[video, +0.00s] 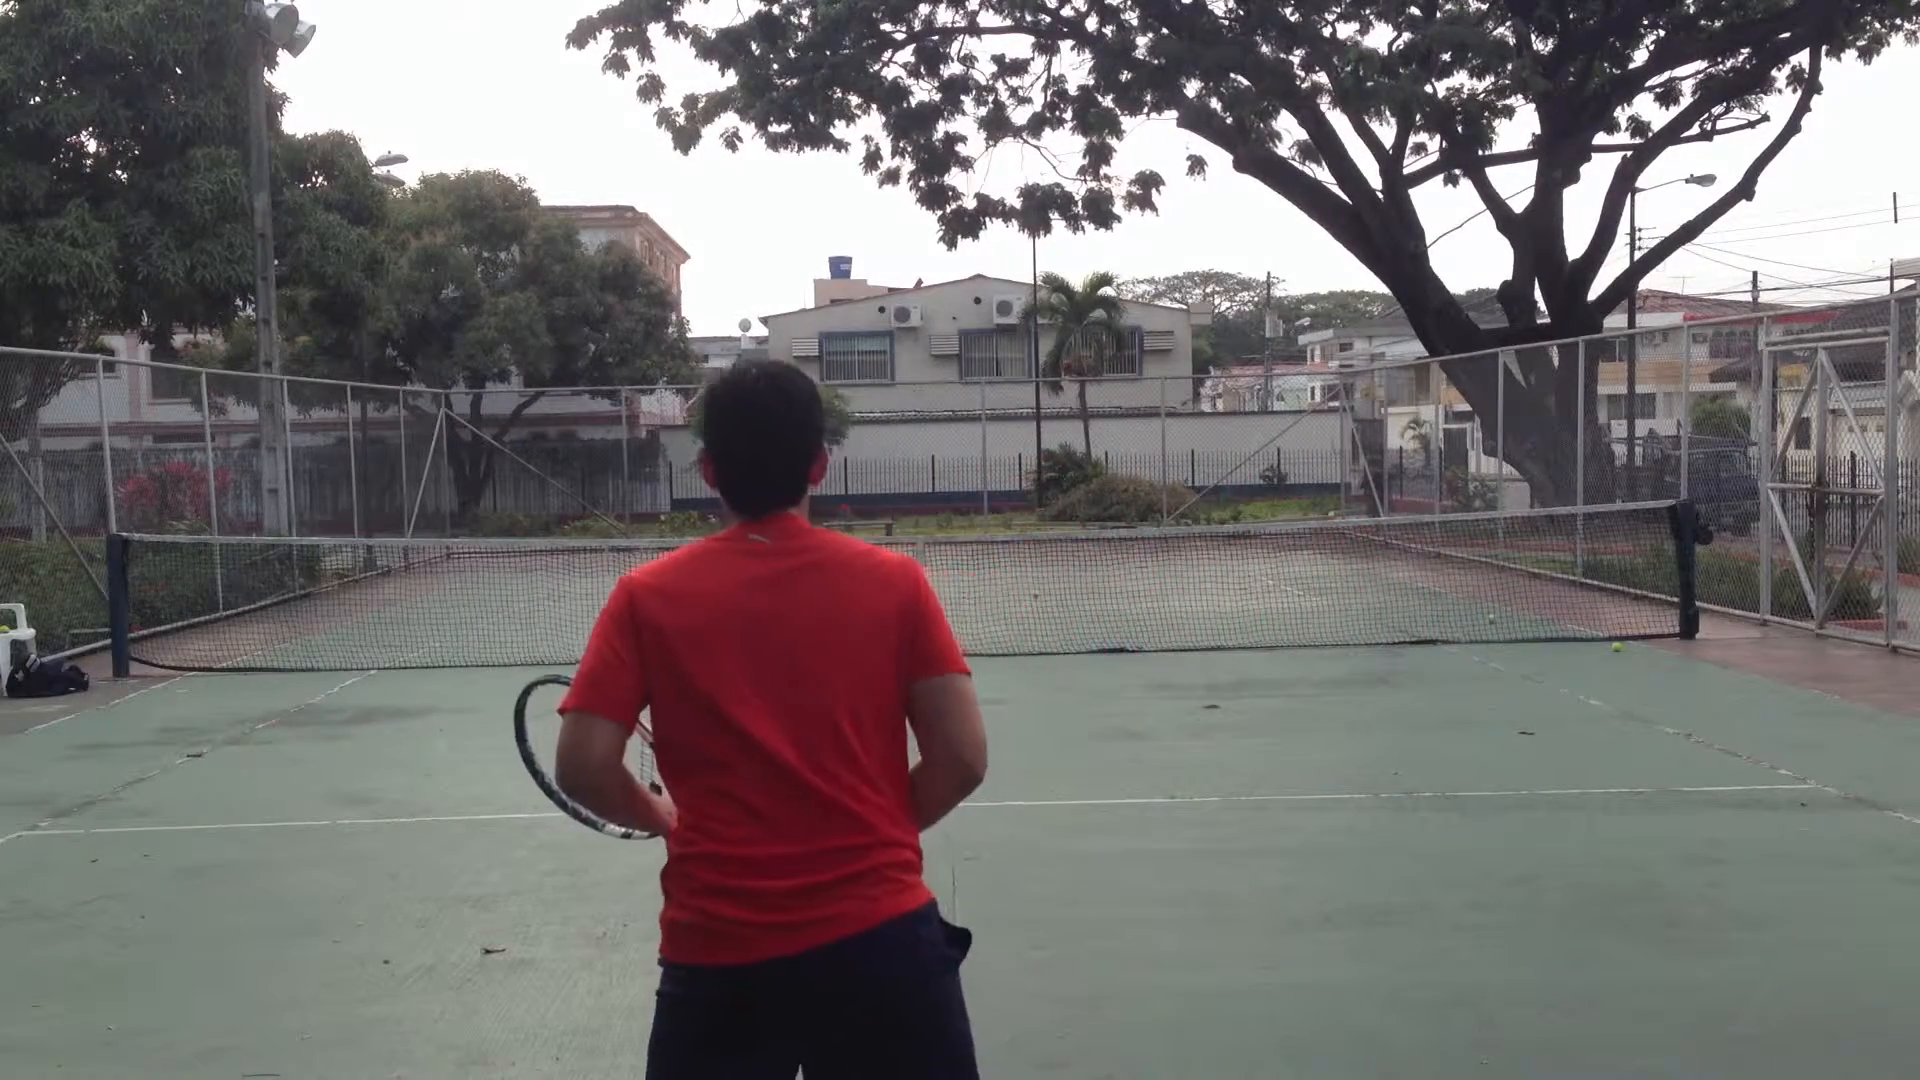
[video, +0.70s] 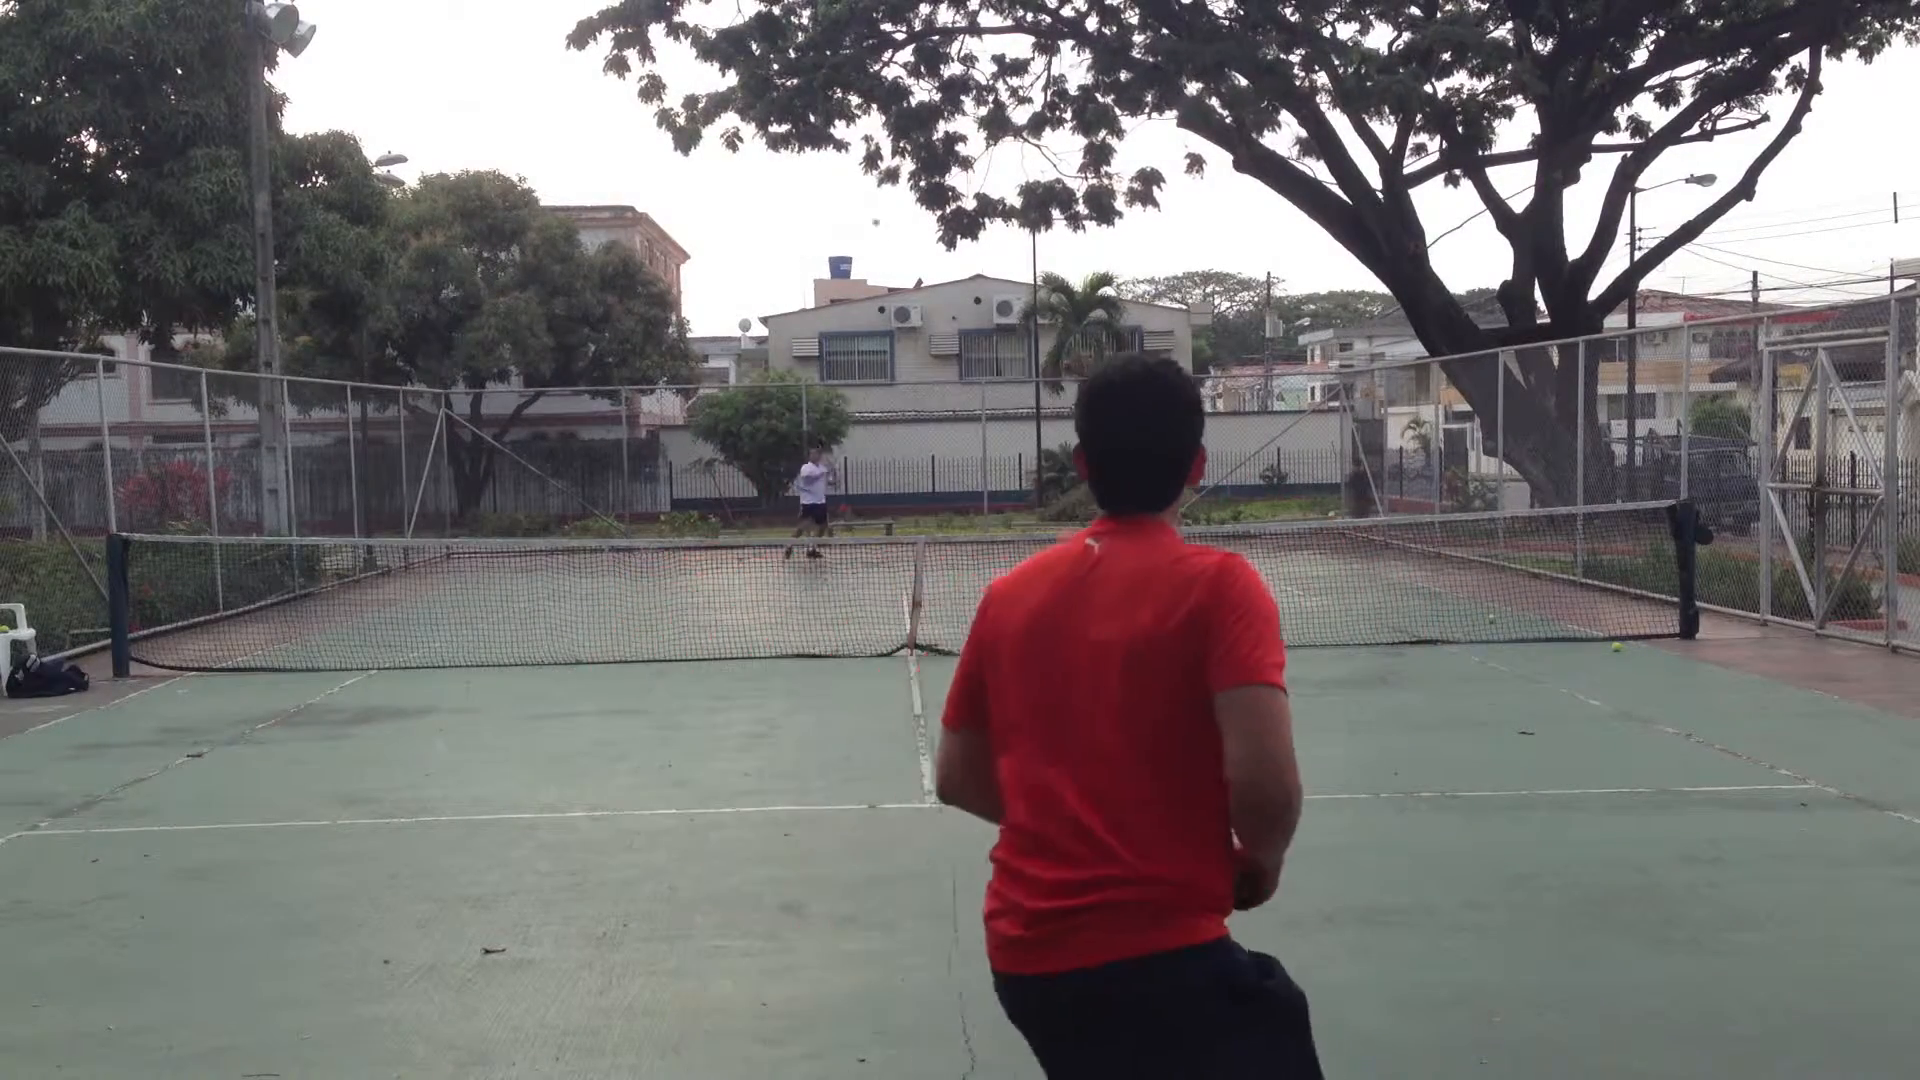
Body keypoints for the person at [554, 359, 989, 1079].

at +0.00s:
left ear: (708, 470)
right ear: (819, 467)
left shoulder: (649, 596)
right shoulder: (893, 582)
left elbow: (583, 766)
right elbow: (961, 759)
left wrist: (664, 817)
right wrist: (874, 822)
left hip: (720, 970)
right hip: (881, 959)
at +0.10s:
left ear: (706, 469)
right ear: (820, 465)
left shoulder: (650, 596)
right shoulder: (893, 582)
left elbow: (580, 771)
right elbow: (968, 760)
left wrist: (666, 821)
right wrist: (884, 828)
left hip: (723, 976)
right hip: (888, 962)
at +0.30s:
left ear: (772, 485)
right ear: (885, 481)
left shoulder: (710, 615)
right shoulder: (954, 597)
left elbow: (645, 790)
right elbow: (1026, 779)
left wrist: (745, 851)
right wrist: (938, 859)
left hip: (770, 989)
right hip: (935, 975)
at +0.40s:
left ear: (843, 491)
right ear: (959, 487)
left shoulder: (782, 624)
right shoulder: (1013, 611)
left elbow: (712, 795)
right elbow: (1077, 798)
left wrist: (817, 844)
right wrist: (1009, 883)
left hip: (820, 1000)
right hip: (982, 994)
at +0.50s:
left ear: (935, 493)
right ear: (1050, 489)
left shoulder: (878, 626)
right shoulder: (1094, 613)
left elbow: (804, 796)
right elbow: (1149, 810)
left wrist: (910, 841)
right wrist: (1101, 887)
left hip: (909, 1000)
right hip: (1062, 993)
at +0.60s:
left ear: (1017, 480)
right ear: (1133, 477)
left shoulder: (954, 611)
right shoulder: (1168, 597)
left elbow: (890, 787)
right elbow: (1219, 788)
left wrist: (995, 825)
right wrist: (1192, 871)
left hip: (984, 997)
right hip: (1129, 984)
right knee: (1226, 1048)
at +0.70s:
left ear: (1082, 466)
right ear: (1196, 469)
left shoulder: (1012, 594)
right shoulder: (1219, 583)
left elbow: (959, 775)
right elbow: (1264, 777)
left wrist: (1067, 815)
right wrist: (1260, 864)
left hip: (1032, 961)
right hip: (1166, 957)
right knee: (1274, 1037)